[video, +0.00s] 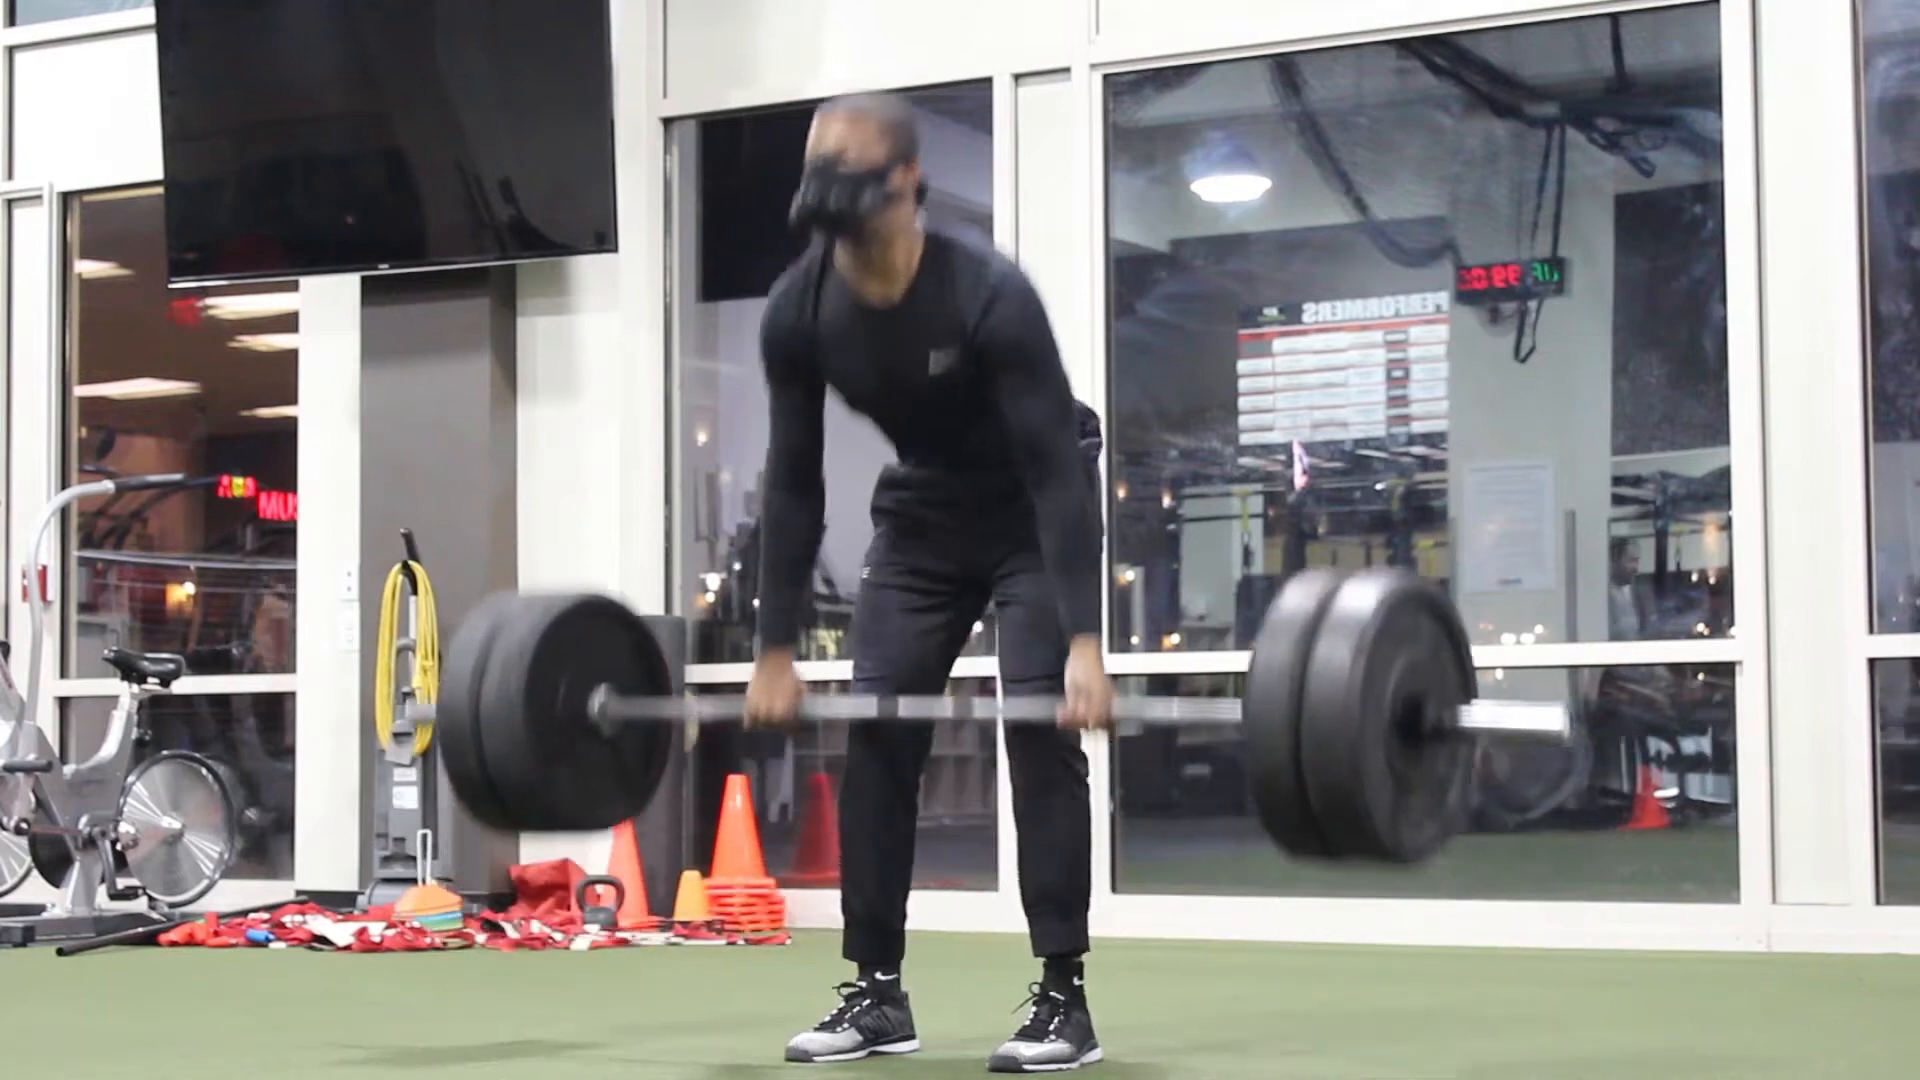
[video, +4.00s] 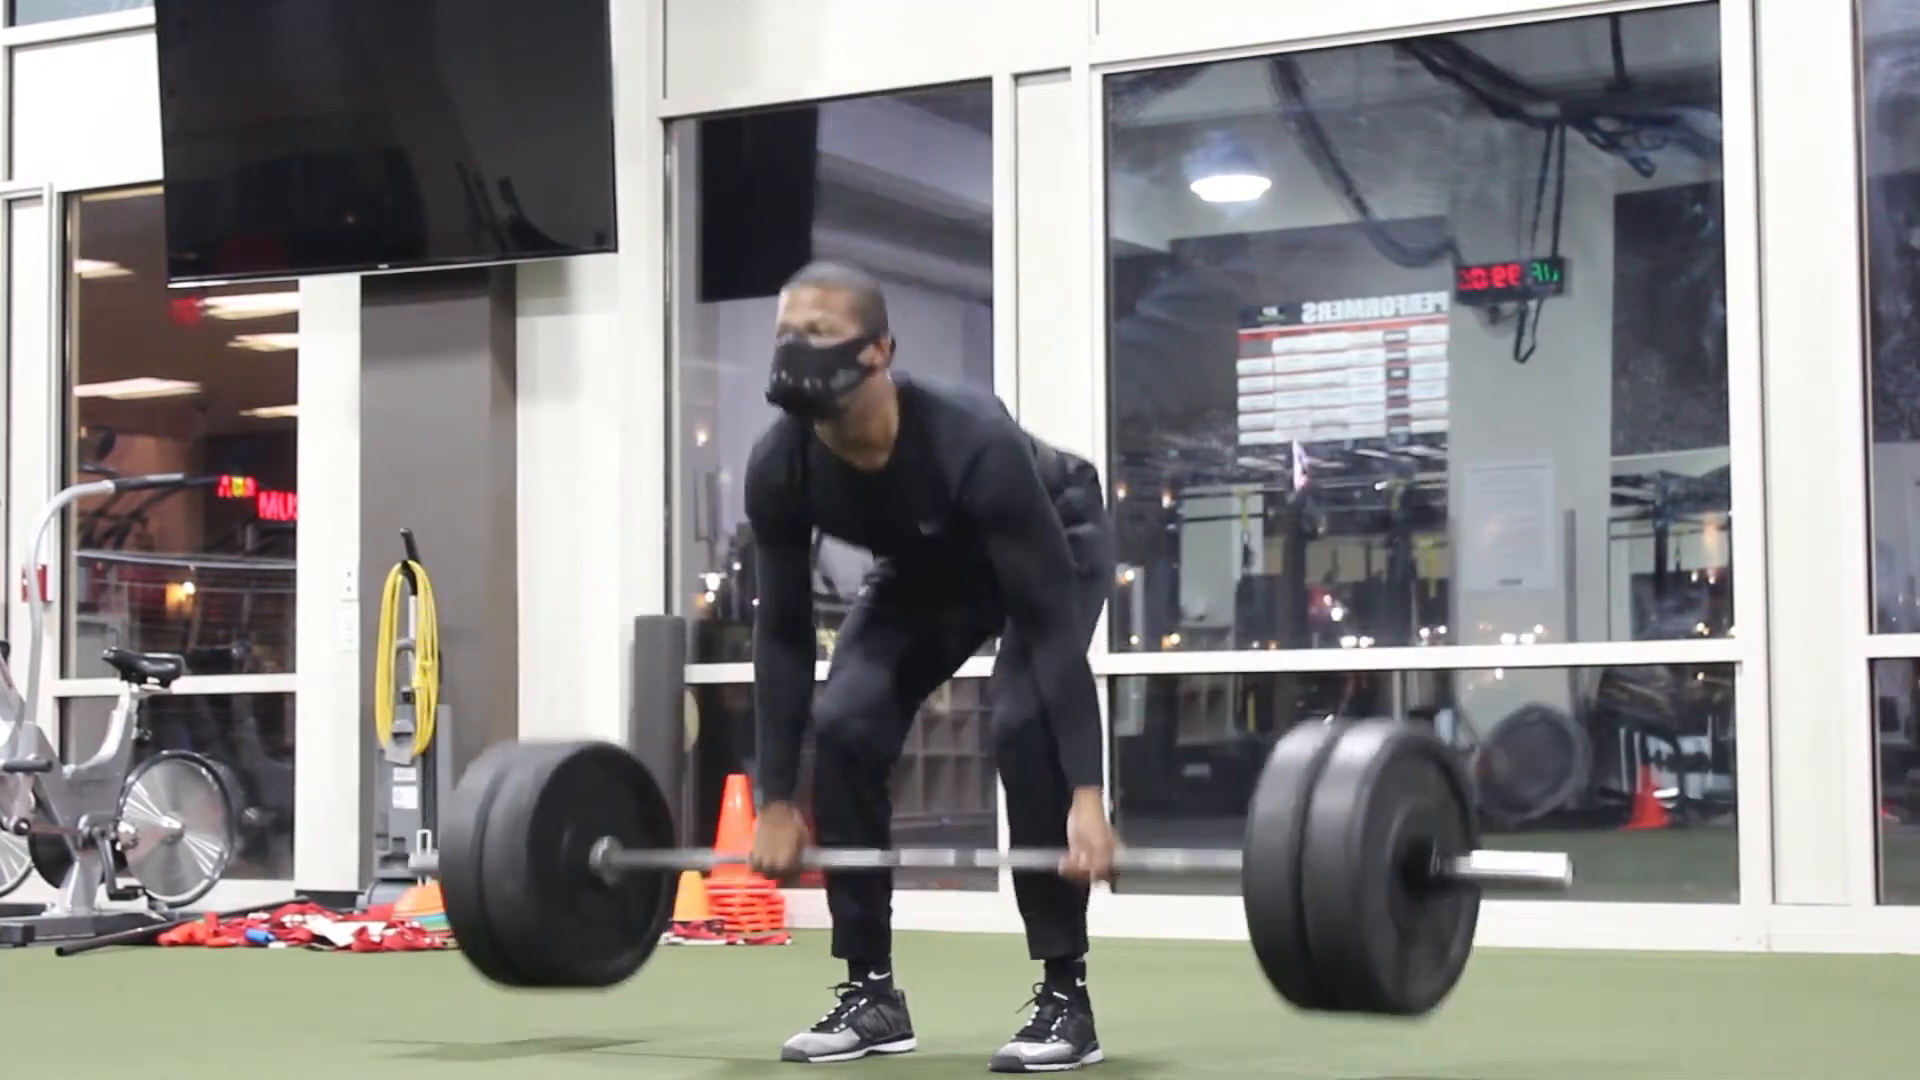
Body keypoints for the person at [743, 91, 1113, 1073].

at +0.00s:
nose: (822, 192)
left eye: (845, 175)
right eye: (813, 174)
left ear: (907, 179)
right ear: (804, 178)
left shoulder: (990, 294)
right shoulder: (798, 311)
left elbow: (1057, 464)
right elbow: (792, 478)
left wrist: (1084, 642)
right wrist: (777, 645)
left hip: (1040, 502)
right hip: (923, 506)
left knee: (1038, 726)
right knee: (878, 724)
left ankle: (1061, 999)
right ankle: (877, 993)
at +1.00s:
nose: (788, 411)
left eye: (811, 394)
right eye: (779, 393)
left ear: (873, 409)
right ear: (767, 400)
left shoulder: (972, 493)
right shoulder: (776, 517)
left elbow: (1049, 677)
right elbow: (771, 687)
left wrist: (1081, 857)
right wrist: (765, 857)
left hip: (1048, 573)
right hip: (927, 599)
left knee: (998, 739)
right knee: (817, 745)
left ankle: (1057, 1004)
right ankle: (873, 997)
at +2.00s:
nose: (873, 114)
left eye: (896, 97)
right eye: (862, 96)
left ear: (949, 102)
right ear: (850, 104)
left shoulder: (1021, 230)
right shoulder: (834, 244)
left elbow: (1063, 411)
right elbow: (810, 420)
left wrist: (1086, 574)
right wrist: (778, 587)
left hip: (1043, 497)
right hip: (927, 496)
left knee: (1045, 713)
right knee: (885, 716)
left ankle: (1064, 998)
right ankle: (874, 992)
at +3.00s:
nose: (856, 108)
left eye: (877, 90)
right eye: (844, 91)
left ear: (931, 98)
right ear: (832, 103)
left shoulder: (1007, 220)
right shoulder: (816, 240)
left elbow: (1073, 387)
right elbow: (808, 408)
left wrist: (1098, 548)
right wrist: (790, 566)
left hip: (1035, 482)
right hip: (921, 483)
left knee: (1046, 727)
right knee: (900, 731)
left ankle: (1070, 996)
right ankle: (878, 991)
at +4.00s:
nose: (793, 353)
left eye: (816, 338)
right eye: (784, 337)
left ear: (879, 353)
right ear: (775, 346)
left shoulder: (976, 444)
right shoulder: (780, 468)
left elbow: (1055, 623)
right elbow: (782, 632)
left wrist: (1088, 795)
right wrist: (775, 800)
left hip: (1046, 539)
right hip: (930, 564)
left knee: (1022, 726)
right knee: (842, 729)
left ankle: (1063, 999)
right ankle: (871, 996)